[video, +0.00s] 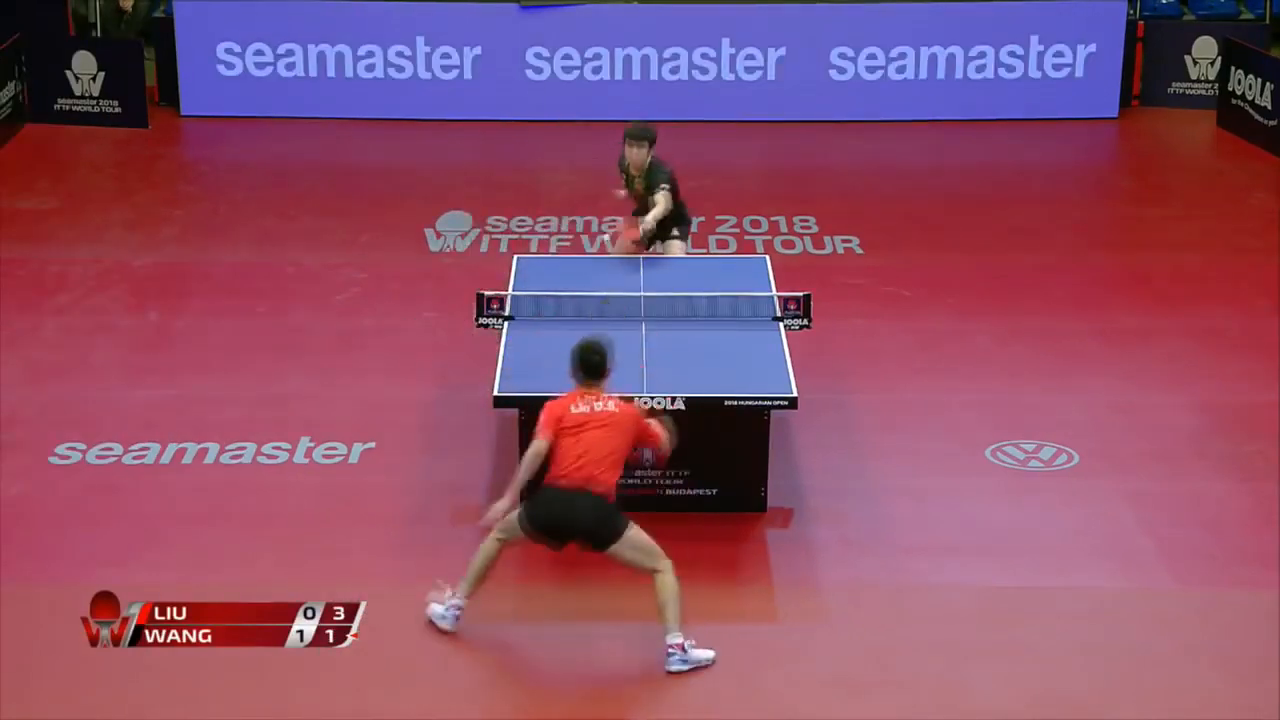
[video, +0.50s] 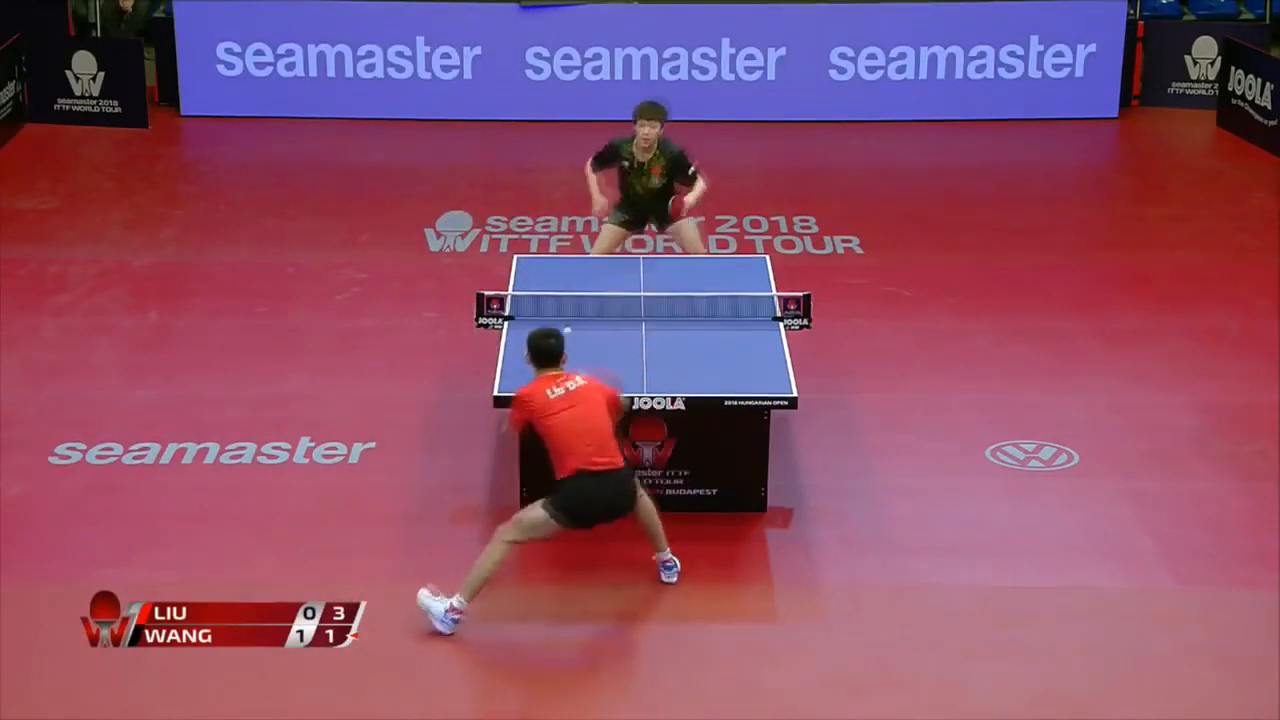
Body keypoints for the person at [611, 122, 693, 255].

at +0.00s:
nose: (635, 152)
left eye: (640, 147)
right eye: (630, 146)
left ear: (650, 150)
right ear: (624, 147)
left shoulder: (659, 170)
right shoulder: (624, 164)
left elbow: (664, 203)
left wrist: (650, 220)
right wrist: (626, 192)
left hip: (671, 219)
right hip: (643, 215)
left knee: (674, 262)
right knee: (619, 257)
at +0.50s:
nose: (646, 132)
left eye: (652, 127)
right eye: (642, 126)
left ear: (661, 130)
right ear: (635, 127)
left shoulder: (672, 154)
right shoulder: (620, 149)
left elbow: (700, 183)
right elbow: (591, 166)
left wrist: (690, 198)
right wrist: (597, 197)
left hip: (665, 209)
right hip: (630, 209)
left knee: (699, 257)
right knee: (596, 259)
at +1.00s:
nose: (749, 132)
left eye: (752, 127)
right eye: (745, 126)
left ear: (752, 129)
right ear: (729, 124)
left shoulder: (748, 151)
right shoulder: (707, 148)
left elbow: (757, 175)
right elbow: (681, 178)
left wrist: (789, 187)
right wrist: (707, 170)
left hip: (726, 217)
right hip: (693, 216)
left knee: (770, 248)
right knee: (646, 256)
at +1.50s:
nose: (713, 111)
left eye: (718, 106)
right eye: (709, 106)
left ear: (728, 107)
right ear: (704, 106)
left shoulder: (743, 132)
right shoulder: (696, 126)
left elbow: (772, 163)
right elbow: (690, 148)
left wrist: (758, 175)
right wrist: (680, 175)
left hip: (736, 191)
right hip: (703, 188)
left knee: (766, 232)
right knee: (651, 217)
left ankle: (791, 290)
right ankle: (655, 274)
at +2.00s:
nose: (724, 87)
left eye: (726, 81)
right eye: (718, 82)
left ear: (731, 83)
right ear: (706, 83)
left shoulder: (734, 104)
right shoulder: (693, 108)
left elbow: (744, 78)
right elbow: (667, 141)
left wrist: (711, 57)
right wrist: (687, 120)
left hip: (727, 180)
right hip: (695, 179)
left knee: (764, 228)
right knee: (650, 224)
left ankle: (775, 278)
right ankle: (639, 273)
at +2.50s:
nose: (634, 74)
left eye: (639, 69)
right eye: (630, 68)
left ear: (647, 71)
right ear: (623, 69)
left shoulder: (656, 100)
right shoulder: (606, 91)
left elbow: (680, 126)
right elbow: (581, 109)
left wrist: (678, 139)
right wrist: (599, 121)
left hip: (644, 162)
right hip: (611, 160)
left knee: (676, 210)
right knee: (577, 206)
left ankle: (701, 259)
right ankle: (614, 245)